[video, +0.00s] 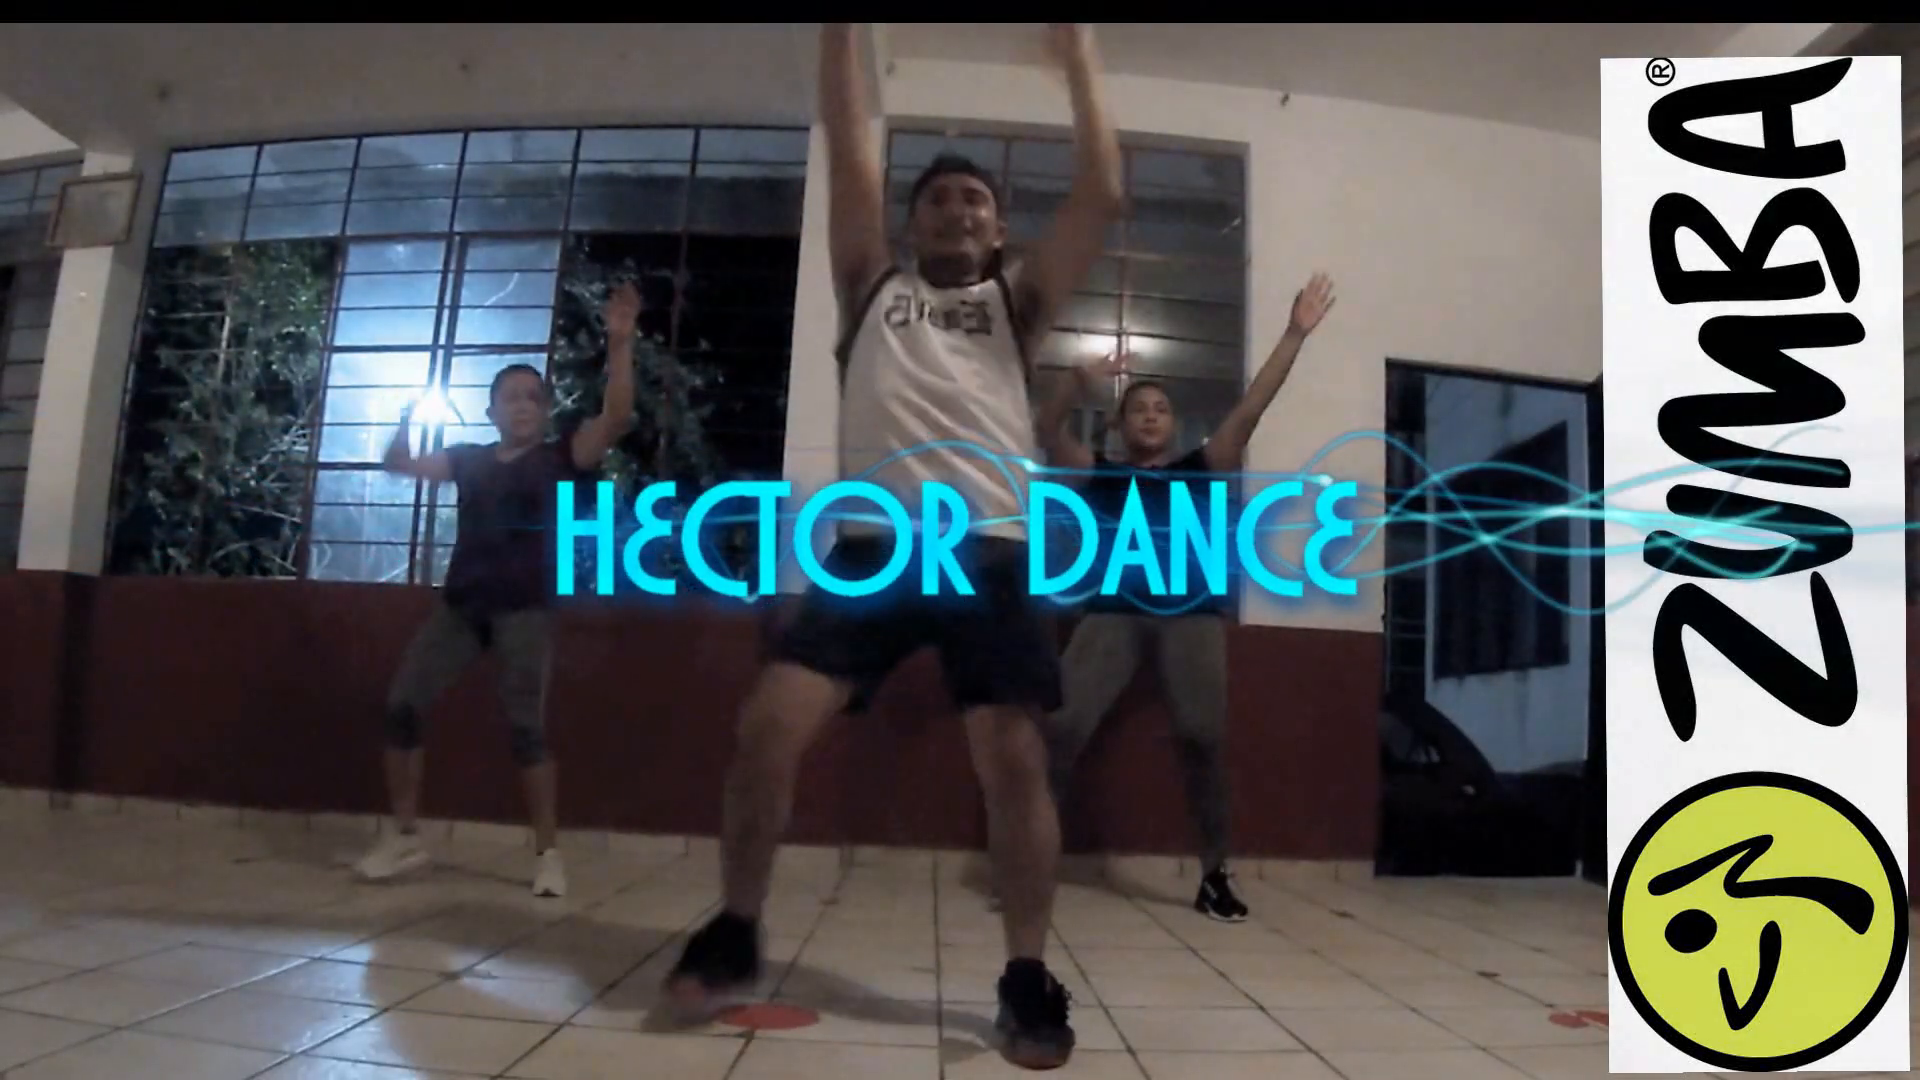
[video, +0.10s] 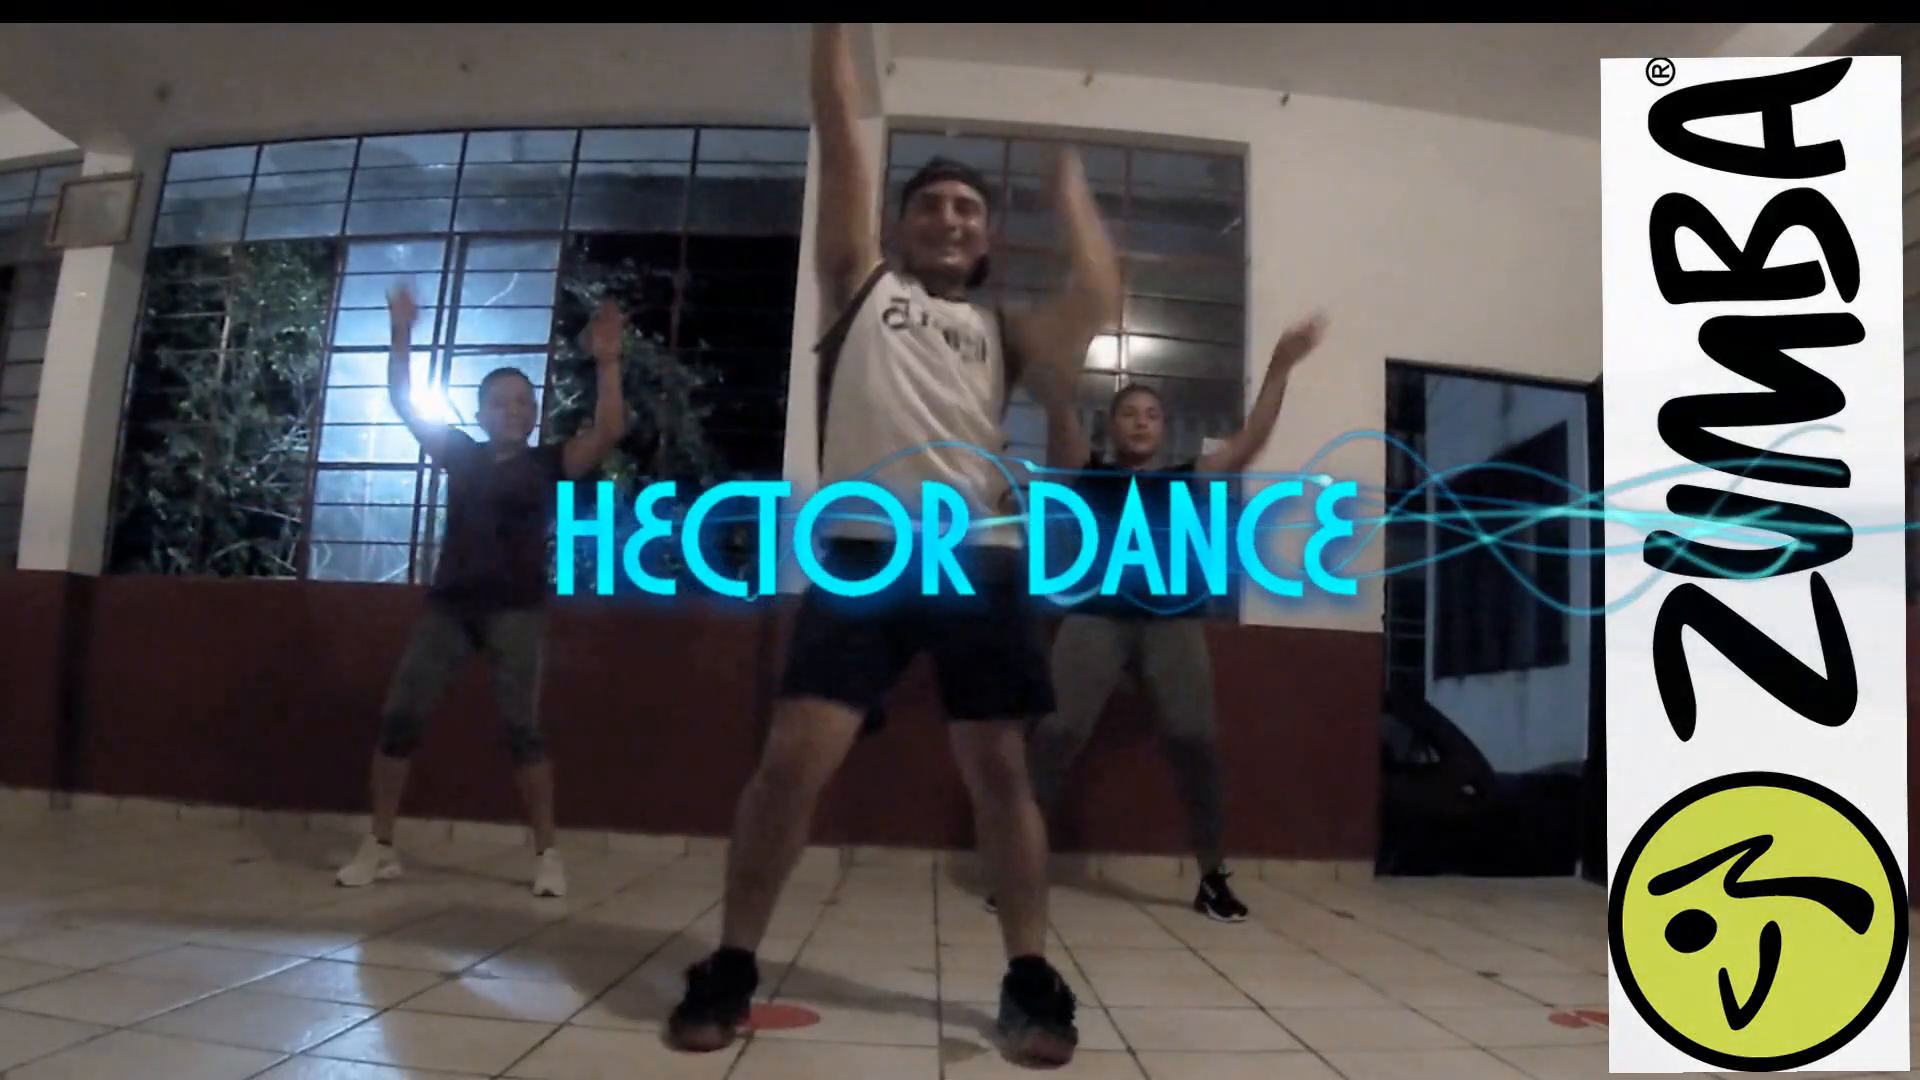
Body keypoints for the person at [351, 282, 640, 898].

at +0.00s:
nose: (522, 406)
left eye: (532, 398)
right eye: (512, 397)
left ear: (546, 409)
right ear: (494, 410)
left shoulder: (561, 457)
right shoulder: (469, 461)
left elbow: (616, 418)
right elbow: (399, 464)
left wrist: (620, 341)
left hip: (525, 610)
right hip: (462, 606)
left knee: (526, 726)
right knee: (404, 704)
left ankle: (547, 855)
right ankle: (405, 835)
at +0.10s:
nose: (512, 409)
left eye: (521, 401)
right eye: (502, 401)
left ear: (534, 413)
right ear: (482, 411)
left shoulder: (549, 463)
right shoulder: (460, 455)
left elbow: (608, 432)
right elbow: (405, 401)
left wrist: (608, 360)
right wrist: (400, 330)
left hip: (517, 610)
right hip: (451, 605)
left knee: (522, 727)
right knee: (400, 716)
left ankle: (547, 855)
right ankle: (379, 845)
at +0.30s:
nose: (495, 407)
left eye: (502, 399)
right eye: (484, 397)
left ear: (513, 409)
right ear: (460, 405)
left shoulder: (524, 470)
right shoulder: (435, 449)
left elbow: (593, 505)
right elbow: (390, 380)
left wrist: (567, 452)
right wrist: (401, 308)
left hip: (496, 610)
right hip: (427, 605)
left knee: (516, 721)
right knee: (391, 721)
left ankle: (541, 844)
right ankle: (380, 848)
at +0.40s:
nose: (493, 406)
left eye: (500, 397)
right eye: (482, 397)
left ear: (512, 407)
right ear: (459, 405)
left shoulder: (529, 466)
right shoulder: (436, 450)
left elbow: (578, 528)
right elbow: (384, 387)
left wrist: (557, 505)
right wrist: (404, 319)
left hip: (495, 609)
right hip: (429, 604)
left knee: (509, 723)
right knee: (396, 722)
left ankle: (540, 833)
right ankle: (379, 847)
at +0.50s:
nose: (488, 411)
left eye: (497, 402)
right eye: (479, 402)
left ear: (512, 412)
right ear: (461, 410)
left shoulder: (535, 468)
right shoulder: (443, 455)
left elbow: (570, 535)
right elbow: (386, 400)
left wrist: (559, 591)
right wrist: (408, 339)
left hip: (500, 613)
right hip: (436, 606)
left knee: (508, 731)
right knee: (407, 723)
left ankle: (536, 835)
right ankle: (381, 846)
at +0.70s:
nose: (509, 420)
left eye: (518, 412)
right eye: (498, 413)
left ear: (534, 422)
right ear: (483, 425)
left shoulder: (557, 481)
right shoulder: (467, 470)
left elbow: (599, 547)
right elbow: (395, 459)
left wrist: (577, 615)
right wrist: (413, 412)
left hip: (525, 624)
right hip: (463, 618)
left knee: (524, 738)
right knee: (421, 719)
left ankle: (532, 841)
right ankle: (390, 841)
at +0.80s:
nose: (514, 416)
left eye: (525, 409)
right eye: (505, 408)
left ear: (543, 421)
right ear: (491, 420)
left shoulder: (563, 479)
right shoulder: (472, 469)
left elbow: (615, 538)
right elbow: (410, 488)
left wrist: (581, 601)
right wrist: (410, 475)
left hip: (530, 622)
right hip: (469, 616)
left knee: (525, 731)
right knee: (419, 708)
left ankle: (533, 839)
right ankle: (429, 832)